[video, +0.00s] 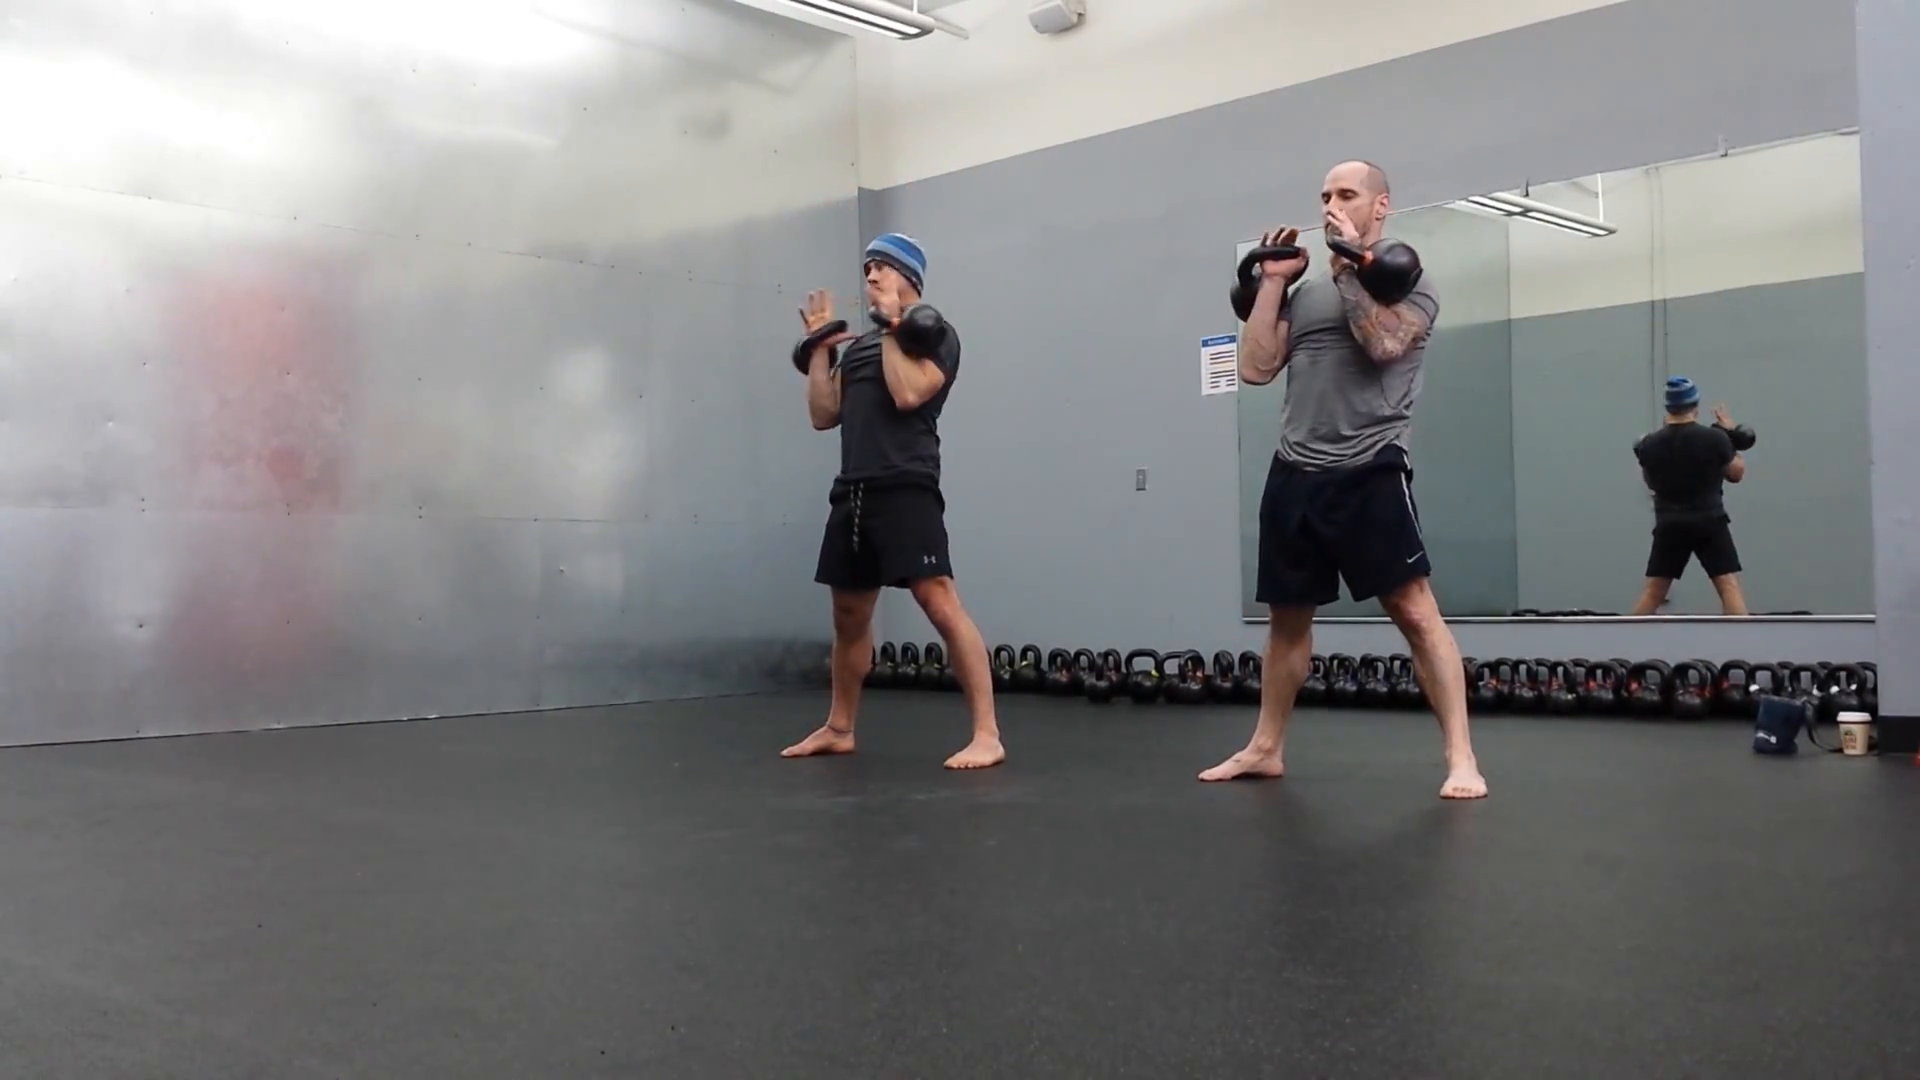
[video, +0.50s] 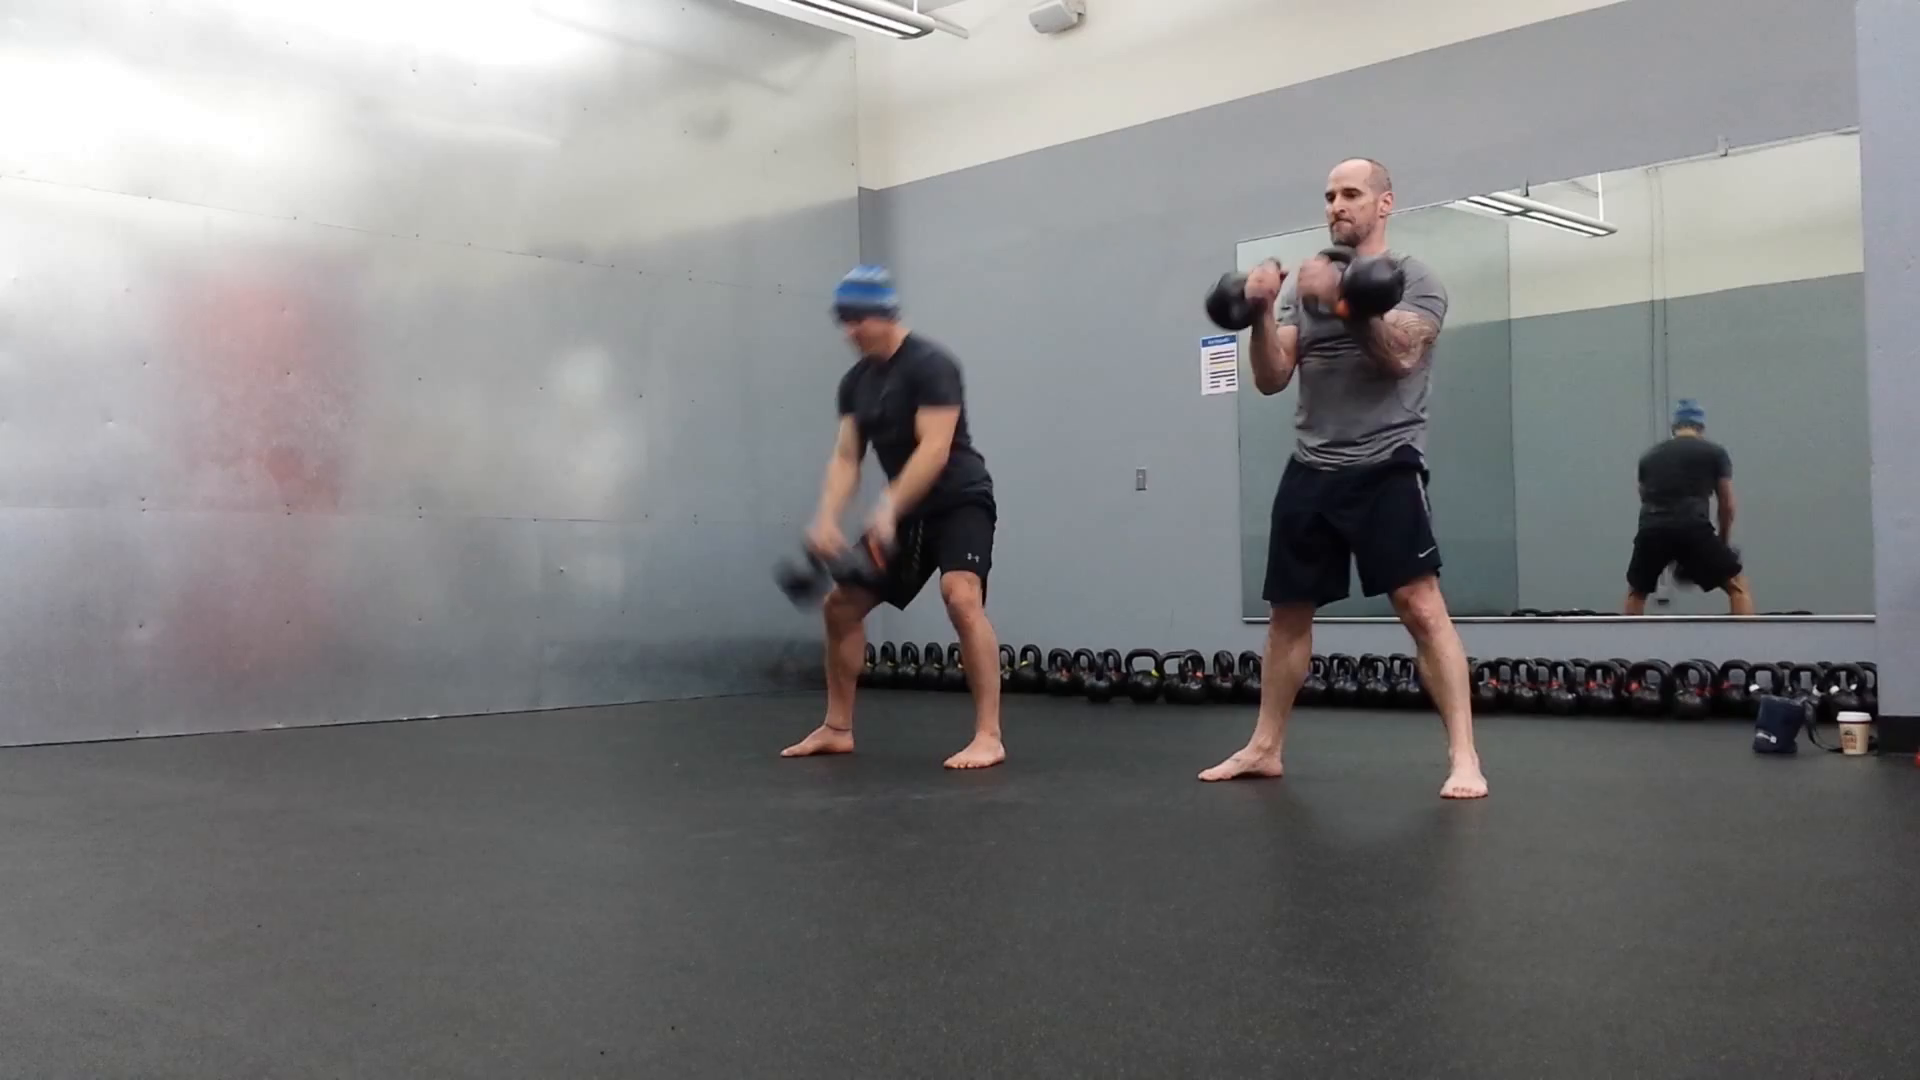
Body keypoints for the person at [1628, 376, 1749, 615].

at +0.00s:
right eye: (1695, 404)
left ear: (1667, 407)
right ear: (1695, 406)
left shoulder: (1649, 445)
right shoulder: (1713, 439)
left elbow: (1651, 483)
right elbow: (1736, 474)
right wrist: (1729, 435)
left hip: (1670, 528)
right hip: (1710, 526)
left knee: (1653, 594)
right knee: (1728, 588)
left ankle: (1623, 647)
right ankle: (1746, 647)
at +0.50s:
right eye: (1699, 428)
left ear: (1674, 428)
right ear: (1701, 428)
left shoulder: (1650, 456)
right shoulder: (1715, 453)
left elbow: (1646, 500)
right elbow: (1726, 506)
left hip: (1652, 532)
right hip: (1694, 531)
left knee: (1636, 594)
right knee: (1736, 587)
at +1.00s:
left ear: (1684, 444)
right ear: (1711, 443)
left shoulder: (1663, 473)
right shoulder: (1725, 471)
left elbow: (1654, 518)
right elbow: (1724, 519)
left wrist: (1662, 568)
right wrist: (1702, 566)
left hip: (1659, 534)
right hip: (1701, 534)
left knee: (1629, 593)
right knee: (1750, 587)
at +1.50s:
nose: (1685, 405)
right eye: (1685, 402)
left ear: (1658, 407)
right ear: (1686, 404)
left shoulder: (1641, 443)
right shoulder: (1703, 435)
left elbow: (1667, 443)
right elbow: (1736, 433)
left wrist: (1688, 424)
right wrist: (1737, 415)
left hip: (1661, 528)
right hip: (1702, 526)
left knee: (1647, 595)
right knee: (1724, 589)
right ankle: (1744, 646)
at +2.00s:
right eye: (1693, 413)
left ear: (1669, 413)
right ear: (1695, 414)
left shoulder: (1647, 445)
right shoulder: (1711, 442)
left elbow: (1647, 492)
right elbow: (1727, 488)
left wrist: (1651, 524)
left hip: (1656, 529)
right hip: (1698, 528)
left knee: (1640, 595)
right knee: (1731, 589)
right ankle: (1747, 646)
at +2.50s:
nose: (1714, 447)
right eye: (1712, 443)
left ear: (1683, 443)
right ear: (1709, 443)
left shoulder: (1661, 472)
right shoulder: (1724, 470)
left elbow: (1655, 518)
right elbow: (1724, 518)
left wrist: (1664, 572)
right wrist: (1708, 569)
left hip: (1658, 539)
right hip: (1700, 540)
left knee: (1629, 595)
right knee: (1749, 589)